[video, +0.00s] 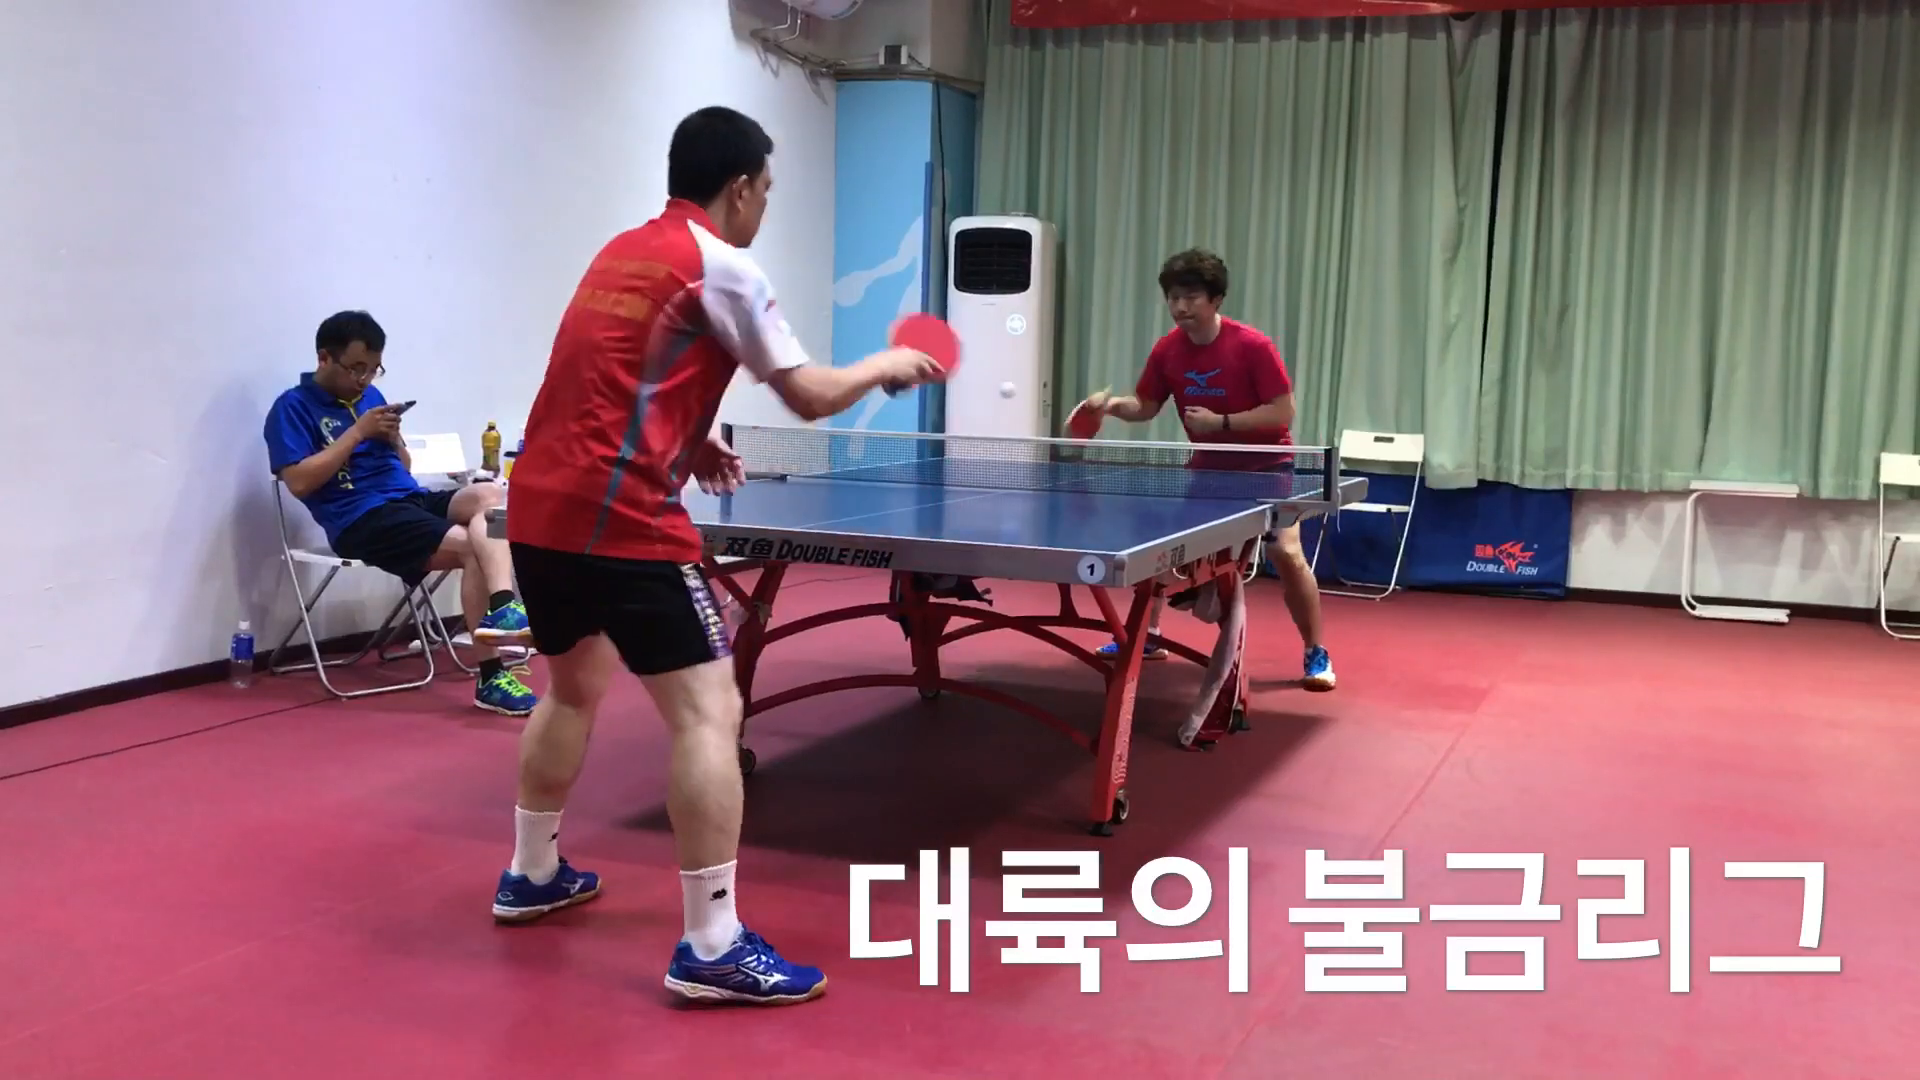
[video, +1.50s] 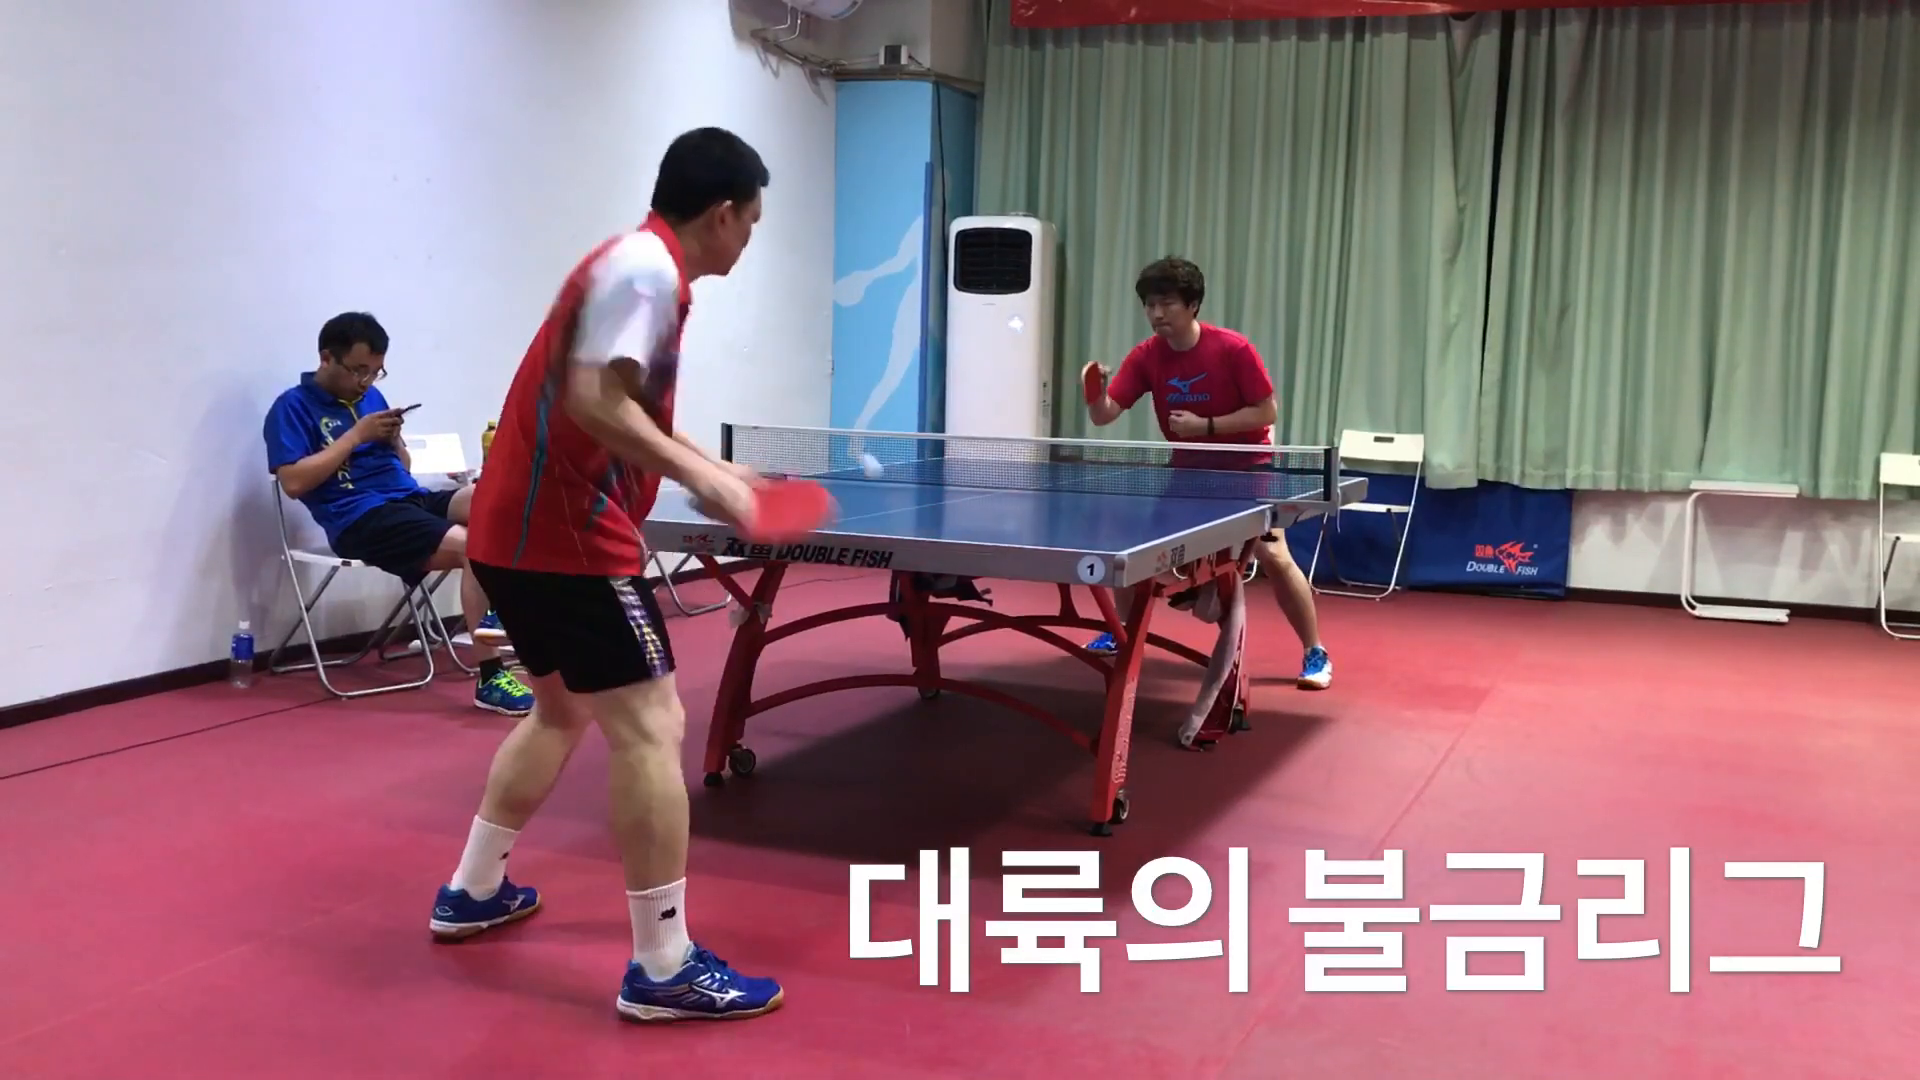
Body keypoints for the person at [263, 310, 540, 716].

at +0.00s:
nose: (364, 380)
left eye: (372, 370)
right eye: (356, 369)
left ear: (378, 365)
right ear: (324, 359)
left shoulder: (370, 397)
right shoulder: (292, 407)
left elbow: (404, 466)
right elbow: (299, 483)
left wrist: (393, 436)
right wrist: (359, 431)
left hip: (410, 501)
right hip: (363, 519)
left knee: (489, 495)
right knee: (479, 548)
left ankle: (503, 602)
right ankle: (491, 678)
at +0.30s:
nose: (364, 380)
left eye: (371, 371)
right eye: (356, 369)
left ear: (377, 365)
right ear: (324, 359)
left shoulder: (369, 396)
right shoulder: (291, 408)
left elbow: (404, 466)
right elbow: (299, 482)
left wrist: (393, 436)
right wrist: (358, 432)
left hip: (409, 501)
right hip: (363, 519)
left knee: (489, 495)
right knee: (479, 550)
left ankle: (504, 605)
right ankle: (492, 677)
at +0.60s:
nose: (364, 380)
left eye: (371, 371)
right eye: (356, 369)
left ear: (377, 366)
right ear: (325, 358)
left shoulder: (369, 396)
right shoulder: (292, 408)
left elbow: (404, 466)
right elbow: (299, 482)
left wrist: (393, 437)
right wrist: (358, 431)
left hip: (410, 501)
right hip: (363, 519)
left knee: (491, 495)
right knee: (479, 550)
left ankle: (502, 601)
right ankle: (492, 678)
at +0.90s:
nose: (366, 381)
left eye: (373, 371)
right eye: (358, 370)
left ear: (378, 366)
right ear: (325, 358)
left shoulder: (370, 397)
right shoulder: (290, 407)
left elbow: (403, 468)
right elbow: (294, 482)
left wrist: (395, 437)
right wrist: (356, 432)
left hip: (410, 500)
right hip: (364, 519)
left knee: (487, 497)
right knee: (476, 546)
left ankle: (491, 613)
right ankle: (492, 674)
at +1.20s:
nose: (367, 381)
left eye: (374, 371)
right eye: (358, 371)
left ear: (379, 365)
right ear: (325, 359)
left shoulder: (370, 397)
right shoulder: (291, 407)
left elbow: (404, 467)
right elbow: (294, 482)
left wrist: (394, 438)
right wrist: (358, 434)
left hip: (410, 500)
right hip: (363, 520)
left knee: (489, 494)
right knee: (476, 546)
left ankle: (501, 601)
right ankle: (491, 674)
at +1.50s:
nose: (366, 382)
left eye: (374, 372)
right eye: (358, 371)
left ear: (380, 366)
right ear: (327, 358)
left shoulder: (370, 398)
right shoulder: (291, 408)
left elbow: (404, 467)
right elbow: (294, 483)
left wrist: (393, 438)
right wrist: (358, 434)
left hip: (409, 500)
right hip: (361, 519)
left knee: (484, 499)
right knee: (477, 548)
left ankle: (496, 611)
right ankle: (491, 677)